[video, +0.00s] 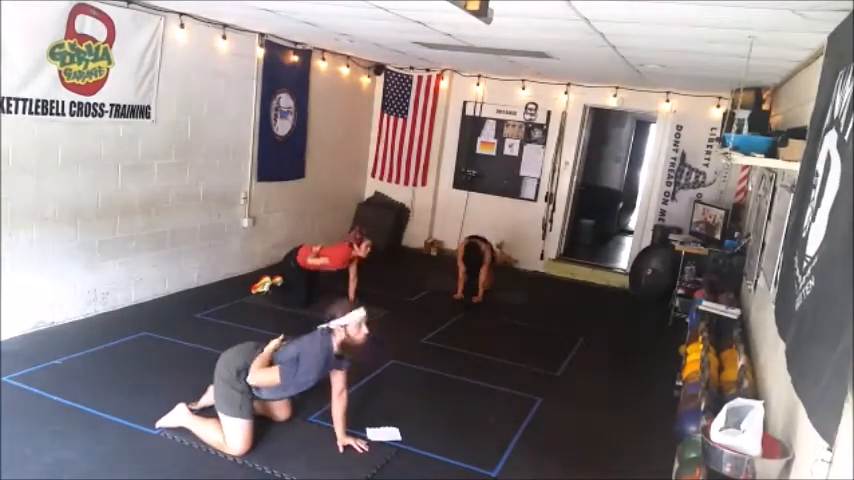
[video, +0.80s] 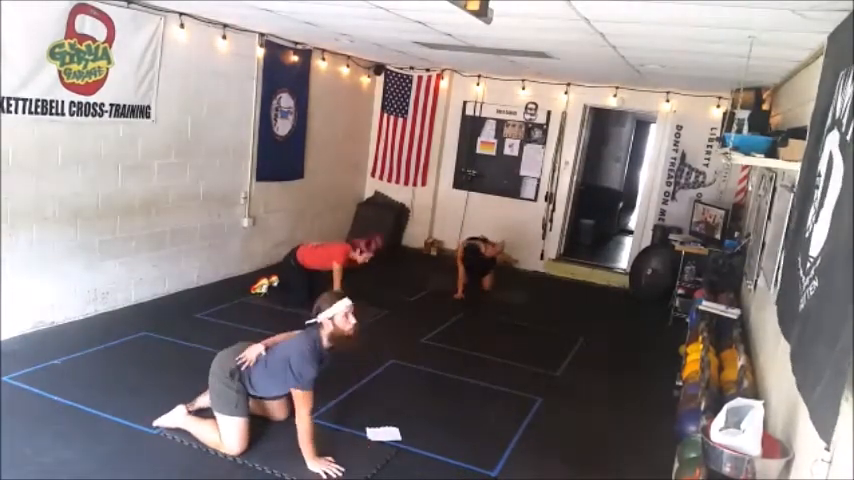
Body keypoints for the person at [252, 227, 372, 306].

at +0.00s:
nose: (368, 250)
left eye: (370, 248)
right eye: (366, 247)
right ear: (357, 245)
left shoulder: (353, 255)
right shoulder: (341, 257)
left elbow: (353, 278)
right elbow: (309, 262)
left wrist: (351, 300)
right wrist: (315, 252)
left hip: (306, 258)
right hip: (295, 261)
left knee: (312, 296)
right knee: (300, 299)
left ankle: (280, 283)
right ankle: (270, 288)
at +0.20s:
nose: (366, 255)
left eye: (368, 252)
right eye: (365, 251)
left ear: (359, 247)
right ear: (356, 245)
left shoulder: (352, 254)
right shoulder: (341, 252)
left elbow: (353, 277)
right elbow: (312, 262)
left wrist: (352, 303)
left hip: (304, 260)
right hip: (294, 261)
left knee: (308, 295)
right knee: (301, 300)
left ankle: (280, 283)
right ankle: (271, 287)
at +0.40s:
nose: (363, 259)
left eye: (365, 257)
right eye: (362, 255)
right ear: (354, 249)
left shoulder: (348, 244)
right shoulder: (338, 253)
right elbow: (335, 283)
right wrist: (336, 309)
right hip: (294, 262)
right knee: (300, 299)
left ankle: (280, 283)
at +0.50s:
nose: (362, 257)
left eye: (365, 255)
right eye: (362, 252)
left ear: (364, 254)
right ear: (355, 247)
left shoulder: (348, 247)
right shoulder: (339, 252)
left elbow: (331, 244)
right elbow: (335, 282)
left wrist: (319, 244)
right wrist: (336, 309)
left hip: (308, 261)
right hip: (296, 262)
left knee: (311, 296)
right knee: (299, 301)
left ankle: (278, 282)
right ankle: (269, 287)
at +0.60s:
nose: (352, 269)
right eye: (354, 267)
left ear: (363, 260)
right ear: (356, 259)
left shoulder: (352, 246)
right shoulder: (340, 254)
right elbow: (336, 283)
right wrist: (336, 310)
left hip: (310, 261)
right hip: (299, 261)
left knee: (310, 296)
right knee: (300, 300)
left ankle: (280, 282)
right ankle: (269, 288)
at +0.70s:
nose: (357, 264)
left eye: (360, 263)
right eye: (357, 261)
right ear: (355, 254)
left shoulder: (350, 245)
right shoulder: (339, 252)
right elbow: (335, 283)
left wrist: (362, 277)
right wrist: (336, 309)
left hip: (311, 261)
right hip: (299, 260)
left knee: (311, 294)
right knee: (300, 299)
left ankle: (280, 281)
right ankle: (269, 287)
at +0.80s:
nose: (366, 261)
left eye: (369, 259)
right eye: (365, 258)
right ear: (358, 251)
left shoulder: (349, 253)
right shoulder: (341, 253)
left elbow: (326, 246)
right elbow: (337, 286)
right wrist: (339, 307)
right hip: (295, 263)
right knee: (300, 300)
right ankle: (272, 288)